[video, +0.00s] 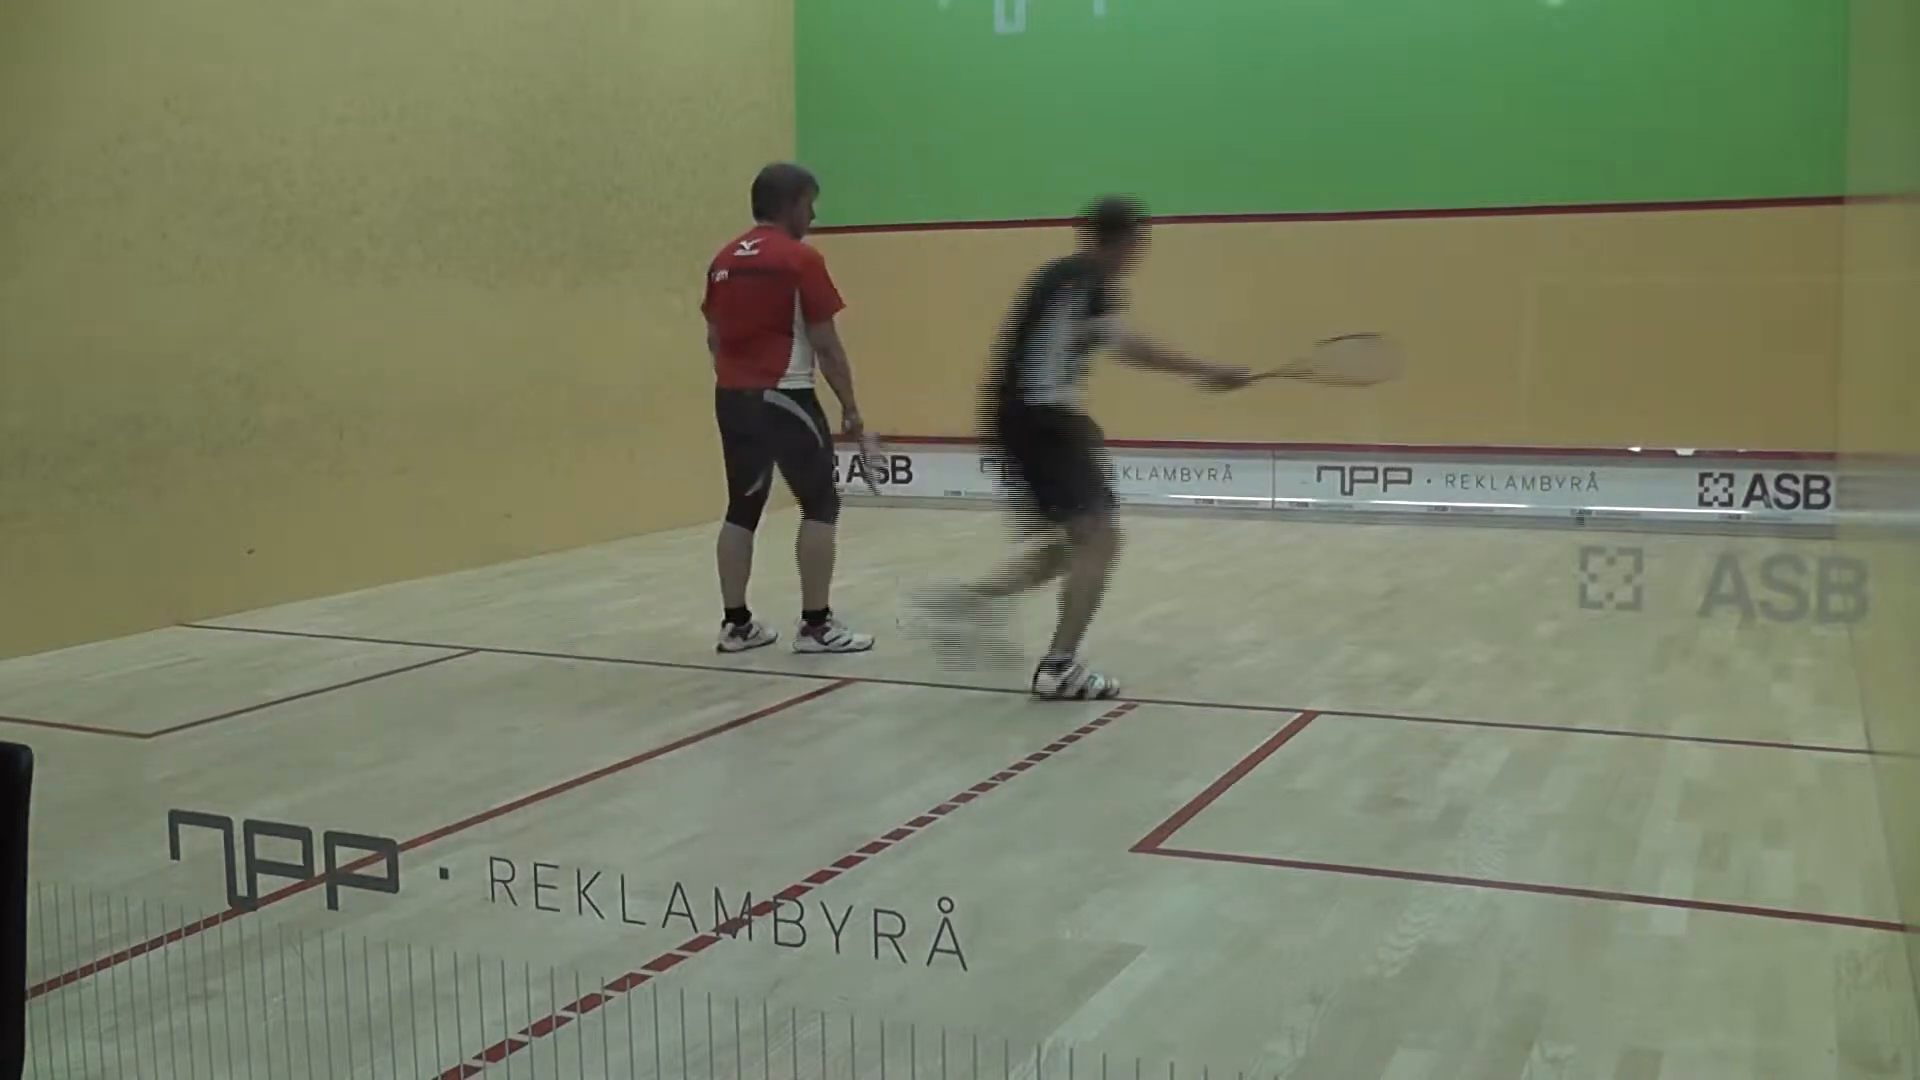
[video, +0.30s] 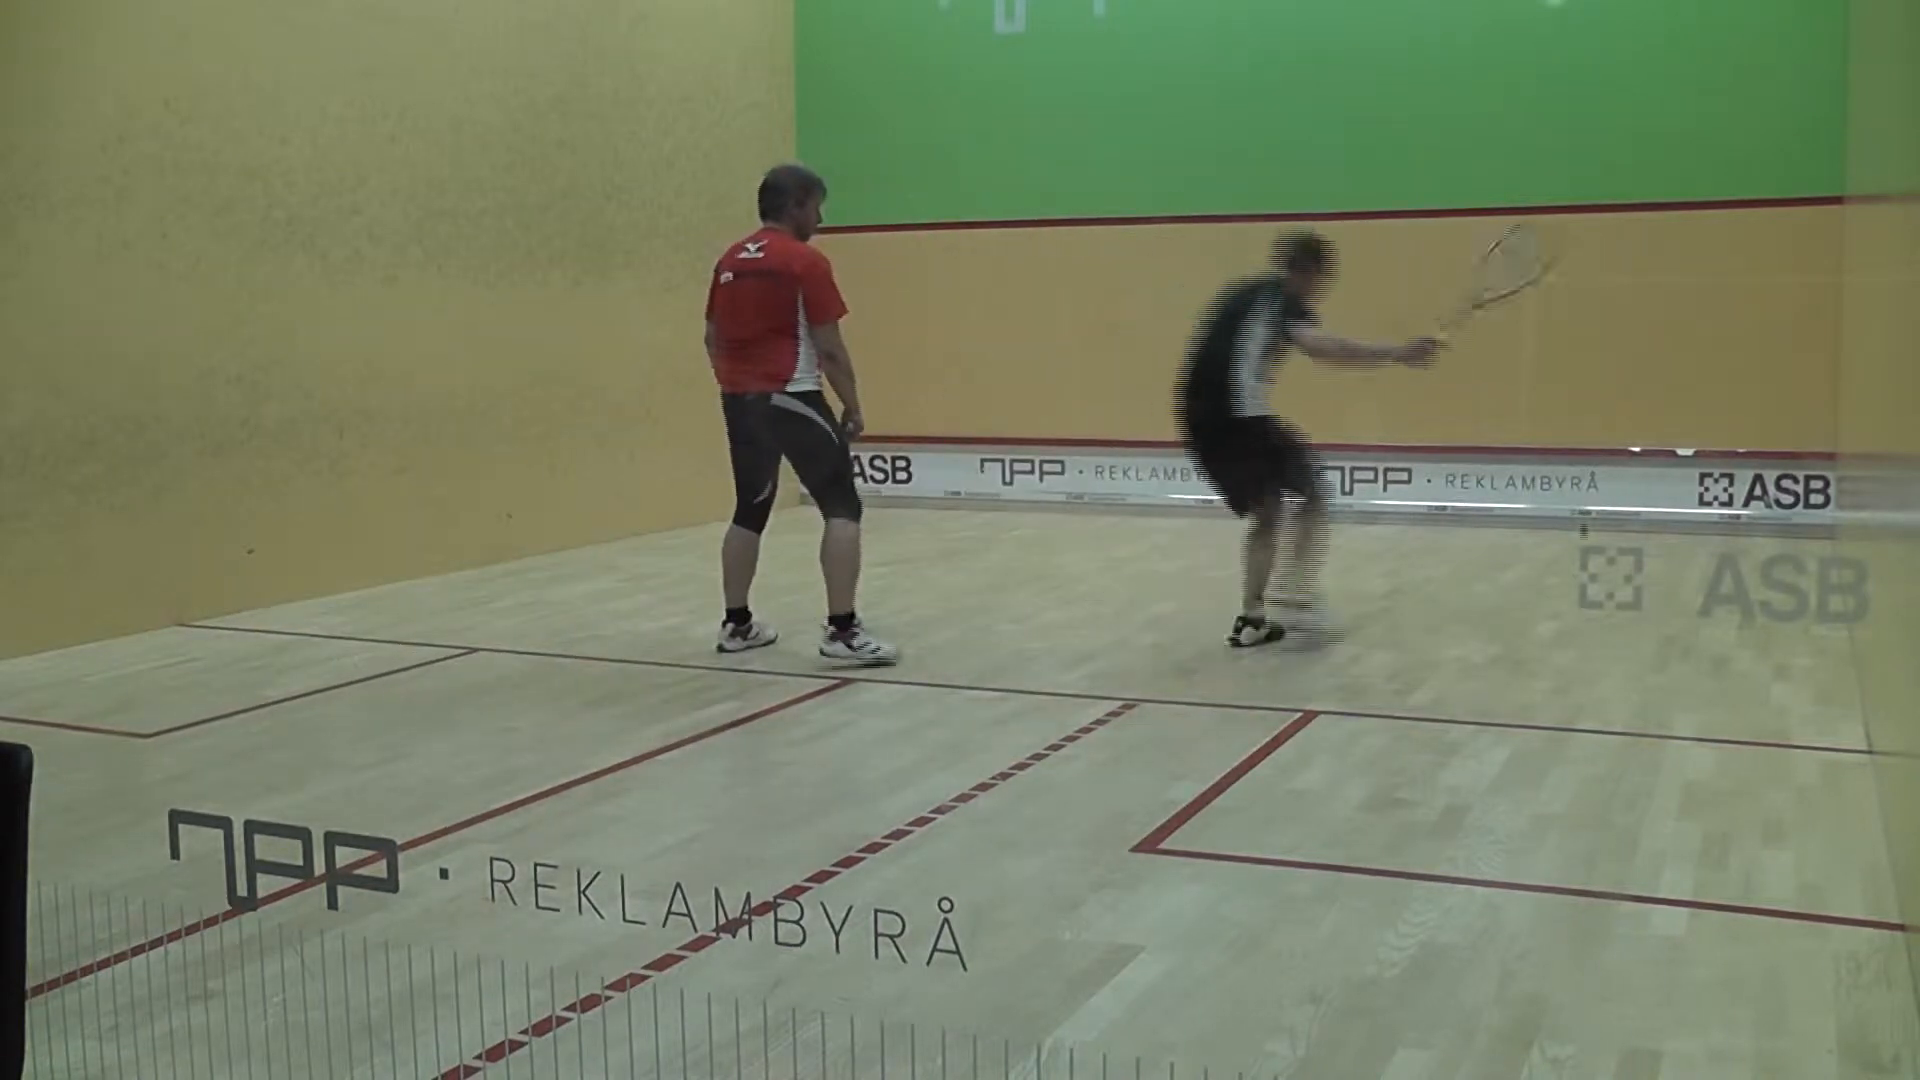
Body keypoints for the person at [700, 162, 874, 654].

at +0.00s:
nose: (812, 215)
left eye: (812, 205)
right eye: (809, 205)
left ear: (762, 205)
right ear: (791, 206)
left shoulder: (725, 257)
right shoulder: (801, 260)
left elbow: (715, 338)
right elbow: (826, 346)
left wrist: (741, 382)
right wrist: (849, 408)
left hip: (733, 400)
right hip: (786, 398)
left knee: (742, 506)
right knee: (821, 504)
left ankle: (735, 623)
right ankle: (817, 626)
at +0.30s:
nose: (820, 218)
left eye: (820, 208)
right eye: (816, 208)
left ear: (770, 208)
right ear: (797, 208)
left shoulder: (731, 258)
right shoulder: (806, 262)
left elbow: (714, 339)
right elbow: (830, 348)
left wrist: (738, 391)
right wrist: (853, 408)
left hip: (740, 405)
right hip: (793, 401)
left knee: (750, 509)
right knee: (842, 507)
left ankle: (736, 625)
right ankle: (842, 630)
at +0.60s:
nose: (862, 219)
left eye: (862, 209)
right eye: (859, 208)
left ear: (810, 206)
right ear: (840, 207)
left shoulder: (763, 256)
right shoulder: (846, 265)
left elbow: (734, 334)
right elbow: (877, 354)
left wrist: (723, 400)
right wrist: (901, 418)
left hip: (758, 405)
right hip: (817, 406)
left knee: (756, 513)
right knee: (848, 520)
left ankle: (731, 628)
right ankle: (841, 644)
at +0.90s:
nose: (840, 212)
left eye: (839, 202)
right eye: (837, 202)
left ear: (787, 204)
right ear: (823, 206)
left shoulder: (752, 256)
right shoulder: (822, 263)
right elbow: (843, 352)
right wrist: (876, 424)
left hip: (740, 408)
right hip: (797, 408)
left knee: (741, 520)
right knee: (841, 517)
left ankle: (699, 638)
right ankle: (842, 644)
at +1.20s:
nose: (806, 218)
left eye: (800, 210)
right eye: (804, 211)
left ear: (754, 217)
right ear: (801, 216)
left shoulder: (718, 258)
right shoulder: (823, 267)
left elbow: (669, 313)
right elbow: (883, 325)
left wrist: (705, 354)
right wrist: (859, 369)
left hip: (705, 398)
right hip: (767, 400)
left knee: (698, 521)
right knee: (788, 527)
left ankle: (690, 647)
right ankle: (782, 661)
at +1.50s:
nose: (769, 216)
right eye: (771, 209)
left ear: (721, 209)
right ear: (769, 214)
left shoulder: (691, 243)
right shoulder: (783, 273)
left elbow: (664, 289)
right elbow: (825, 350)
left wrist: (650, 359)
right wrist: (862, 386)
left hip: (699, 403)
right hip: (766, 403)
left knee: (679, 533)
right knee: (770, 533)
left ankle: (665, 664)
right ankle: (781, 660)